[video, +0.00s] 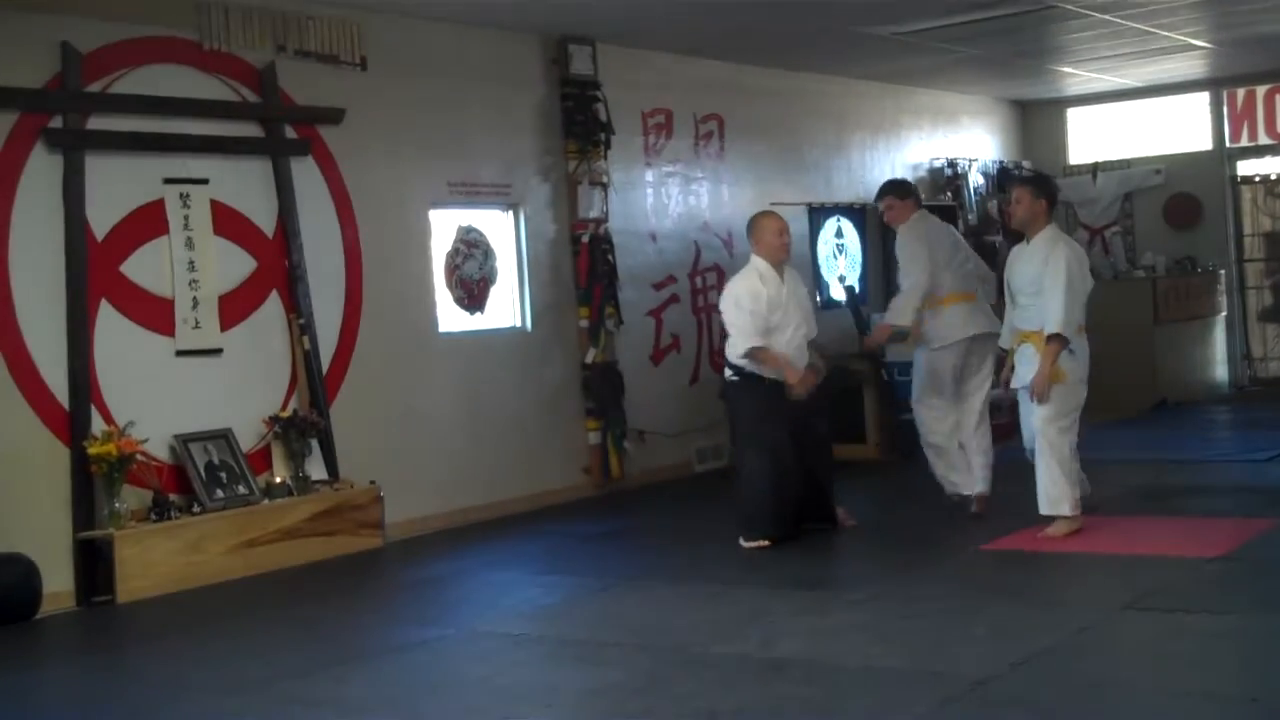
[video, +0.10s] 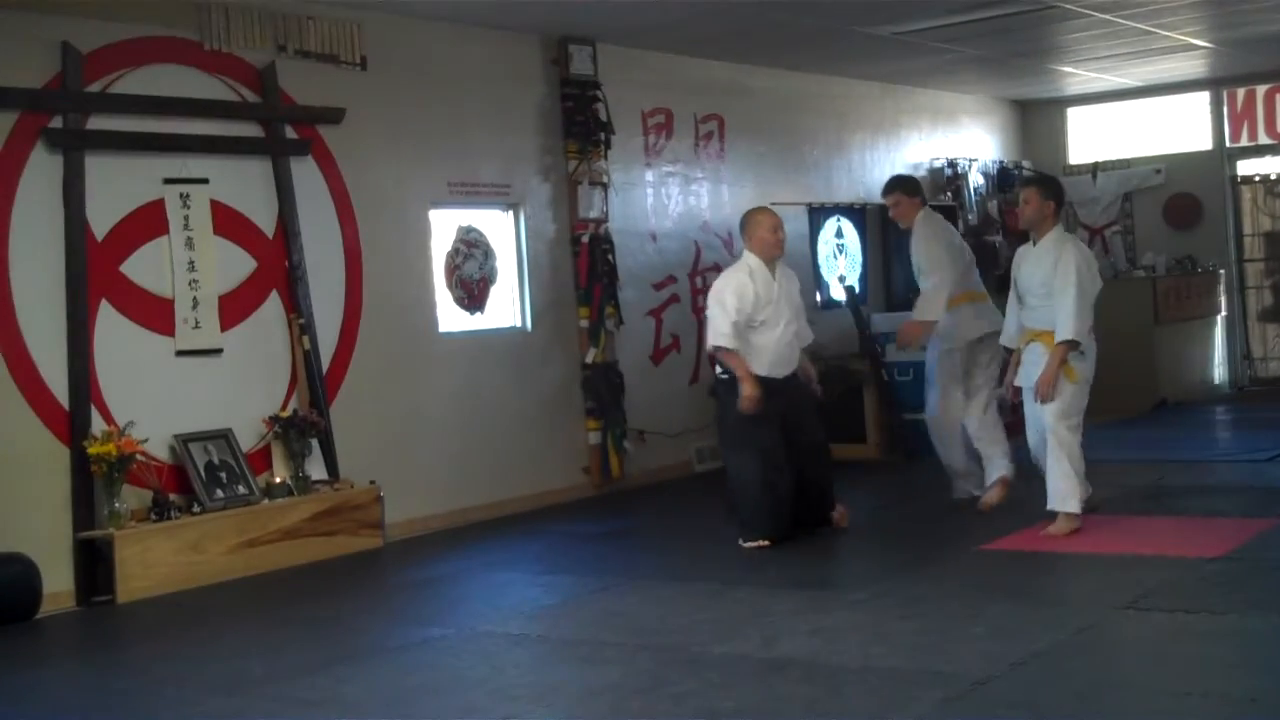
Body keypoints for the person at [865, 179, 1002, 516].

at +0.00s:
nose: (887, 217)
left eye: (890, 208)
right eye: (883, 211)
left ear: (910, 202)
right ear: (916, 205)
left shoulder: (911, 233)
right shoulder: (947, 230)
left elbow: (916, 282)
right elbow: (985, 274)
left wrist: (887, 326)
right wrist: (980, 311)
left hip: (945, 330)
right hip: (982, 326)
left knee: (930, 405)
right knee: (974, 407)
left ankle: (960, 484)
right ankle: (979, 488)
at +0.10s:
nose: (891, 214)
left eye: (895, 205)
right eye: (889, 207)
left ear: (915, 200)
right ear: (912, 202)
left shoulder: (925, 230)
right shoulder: (940, 226)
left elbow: (940, 277)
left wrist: (921, 321)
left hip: (956, 331)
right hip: (986, 326)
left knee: (942, 410)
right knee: (980, 403)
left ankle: (965, 485)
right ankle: (999, 472)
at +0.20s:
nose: (903, 219)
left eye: (909, 212)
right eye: (900, 214)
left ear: (928, 211)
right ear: (902, 216)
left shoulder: (938, 242)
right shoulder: (934, 242)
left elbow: (959, 292)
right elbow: (932, 293)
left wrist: (941, 333)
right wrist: (916, 327)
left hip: (964, 342)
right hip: (985, 338)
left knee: (954, 413)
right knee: (989, 411)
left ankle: (985, 484)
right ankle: (1025, 468)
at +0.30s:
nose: (911, 217)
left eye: (918, 210)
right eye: (909, 211)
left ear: (937, 211)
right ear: (911, 213)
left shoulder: (954, 242)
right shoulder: (935, 245)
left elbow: (969, 292)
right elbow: (927, 297)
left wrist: (963, 341)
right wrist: (904, 339)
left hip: (968, 338)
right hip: (975, 338)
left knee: (952, 419)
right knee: (993, 415)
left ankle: (985, 484)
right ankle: (1052, 458)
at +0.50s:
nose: (935, 207)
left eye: (942, 200)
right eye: (931, 201)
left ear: (958, 200)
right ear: (928, 204)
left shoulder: (979, 233)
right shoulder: (940, 244)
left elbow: (987, 283)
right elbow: (933, 297)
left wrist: (980, 332)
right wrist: (918, 342)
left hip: (987, 326)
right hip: (968, 326)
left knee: (971, 406)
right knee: (990, 401)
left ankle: (983, 482)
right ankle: (1012, 464)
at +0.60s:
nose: (945, 212)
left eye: (951, 204)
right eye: (941, 206)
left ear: (966, 205)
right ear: (937, 210)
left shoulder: (990, 239)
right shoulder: (944, 252)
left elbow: (999, 290)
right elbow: (940, 301)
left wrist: (989, 339)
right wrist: (931, 343)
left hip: (995, 330)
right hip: (971, 332)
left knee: (969, 405)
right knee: (995, 401)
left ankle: (984, 480)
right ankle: (1014, 466)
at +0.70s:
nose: (955, 208)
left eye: (961, 201)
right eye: (949, 202)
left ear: (974, 203)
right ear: (945, 207)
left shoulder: (996, 235)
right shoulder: (948, 249)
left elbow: (1006, 287)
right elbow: (947, 297)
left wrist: (1002, 338)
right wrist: (949, 341)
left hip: (994, 328)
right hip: (970, 330)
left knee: (976, 401)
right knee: (994, 398)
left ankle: (987, 477)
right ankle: (1013, 464)